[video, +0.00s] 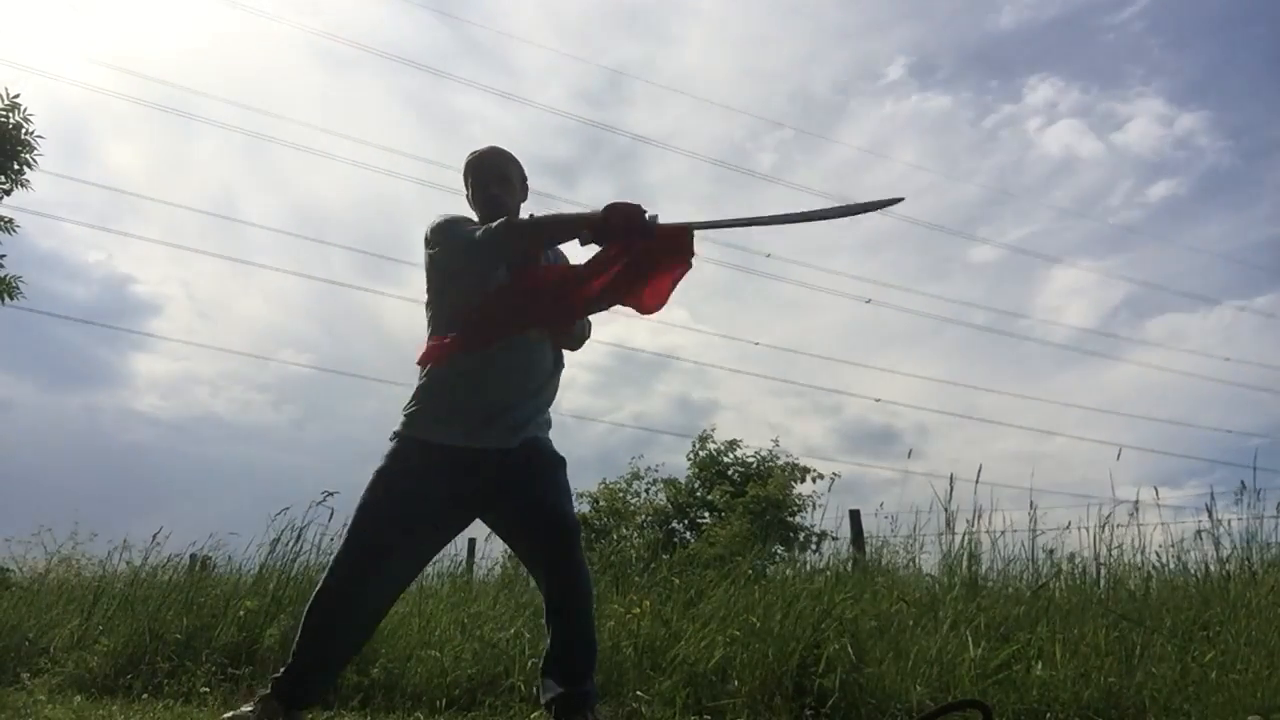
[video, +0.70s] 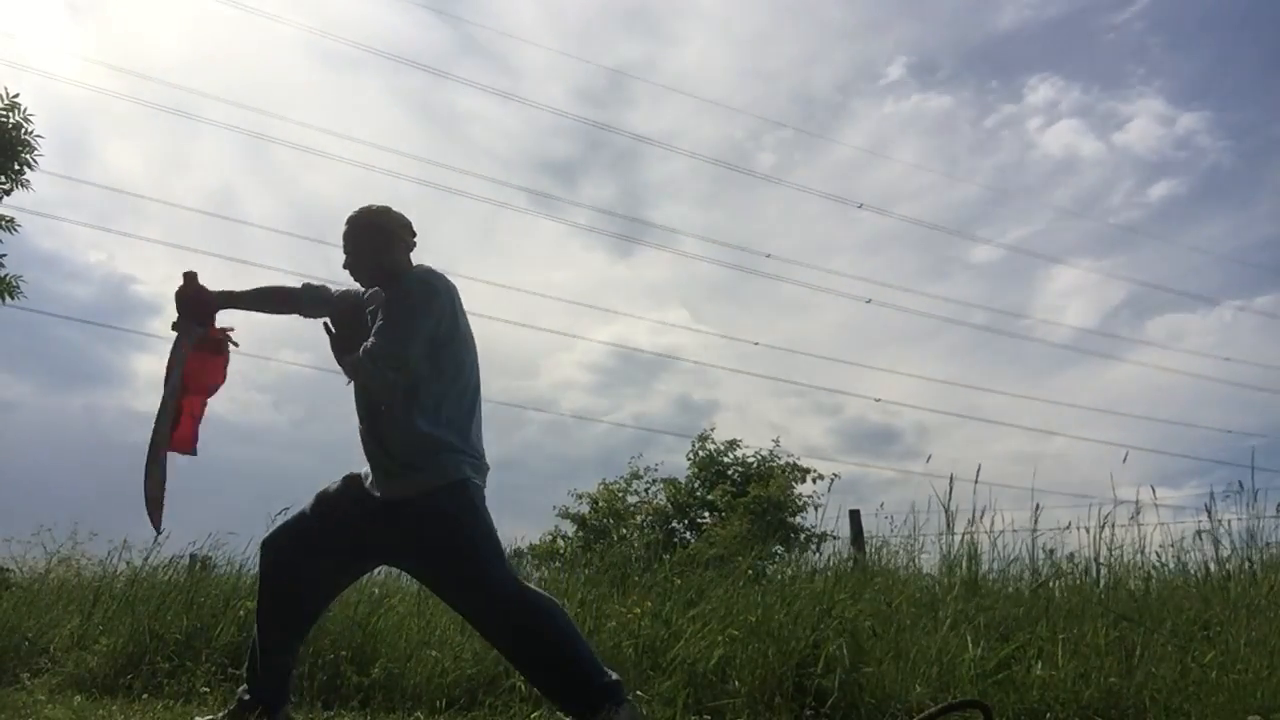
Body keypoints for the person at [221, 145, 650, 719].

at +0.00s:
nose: (489, 191)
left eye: (501, 182)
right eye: (478, 183)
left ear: (524, 191)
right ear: (466, 194)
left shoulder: (547, 255)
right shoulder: (451, 235)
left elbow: (576, 337)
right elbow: (510, 235)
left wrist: (545, 293)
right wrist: (591, 224)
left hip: (522, 449)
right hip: (436, 443)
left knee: (568, 575)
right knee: (361, 570)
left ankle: (574, 701)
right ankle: (289, 698)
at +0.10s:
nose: (475, 202)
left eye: (486, 192)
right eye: (465, 194)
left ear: (513, 200)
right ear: (457, 205)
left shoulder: (547, 270)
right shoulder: (442, 248)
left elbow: (575, 345)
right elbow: (464, 286)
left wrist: (527, 325)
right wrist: (563, 273)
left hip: (522, 453)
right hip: (436, 449)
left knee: (573, 579)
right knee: (356, 580)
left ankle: (574, 706)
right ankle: (292, 705)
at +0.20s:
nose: (445, 213)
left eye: (457, 200)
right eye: (439, 207)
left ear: (492, 203)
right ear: (438, 217)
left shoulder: (537, 268)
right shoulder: (427, 270)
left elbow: (555, 343)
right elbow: (396, 331)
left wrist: (482, 347)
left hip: (514, 456)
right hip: (432, 452)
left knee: (554, 568)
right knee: (352, 564)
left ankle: (574, 706)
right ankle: (288, 702)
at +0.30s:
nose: (422, 218)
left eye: (431, 203)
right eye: (416, 209)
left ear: (467, 201)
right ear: (415, 219)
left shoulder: (516, 258)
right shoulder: (417, 278)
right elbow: (359, 324)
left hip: (501, 453)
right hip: (429, 448)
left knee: (529, 573)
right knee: (343, 557)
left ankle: (573, 704)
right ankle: (288, 702)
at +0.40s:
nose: (400, 220)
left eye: (408, 206)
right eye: (394, 213)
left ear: (447, 200)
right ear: (398, 221)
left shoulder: (490, 248)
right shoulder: (401, 273)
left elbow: (461, 323)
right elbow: (332, 298)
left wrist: (388, 316)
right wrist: (274, 348)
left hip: (485, 452)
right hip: (413, 456)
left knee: (518, 569)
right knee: (335, 557)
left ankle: (584, 706)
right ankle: (286, 697)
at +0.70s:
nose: (347, 259)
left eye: (355, 246)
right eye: (345, 250)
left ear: (393, 242)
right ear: (366, 256)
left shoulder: (424, 290)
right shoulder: (372, 305)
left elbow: (387, 380)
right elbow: (303, 299)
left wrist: (345, 350)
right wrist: (217, 299)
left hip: (442, 495)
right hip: (388, 497)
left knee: (499, 601)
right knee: (287, 555)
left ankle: (604, 702)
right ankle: (263, 700)